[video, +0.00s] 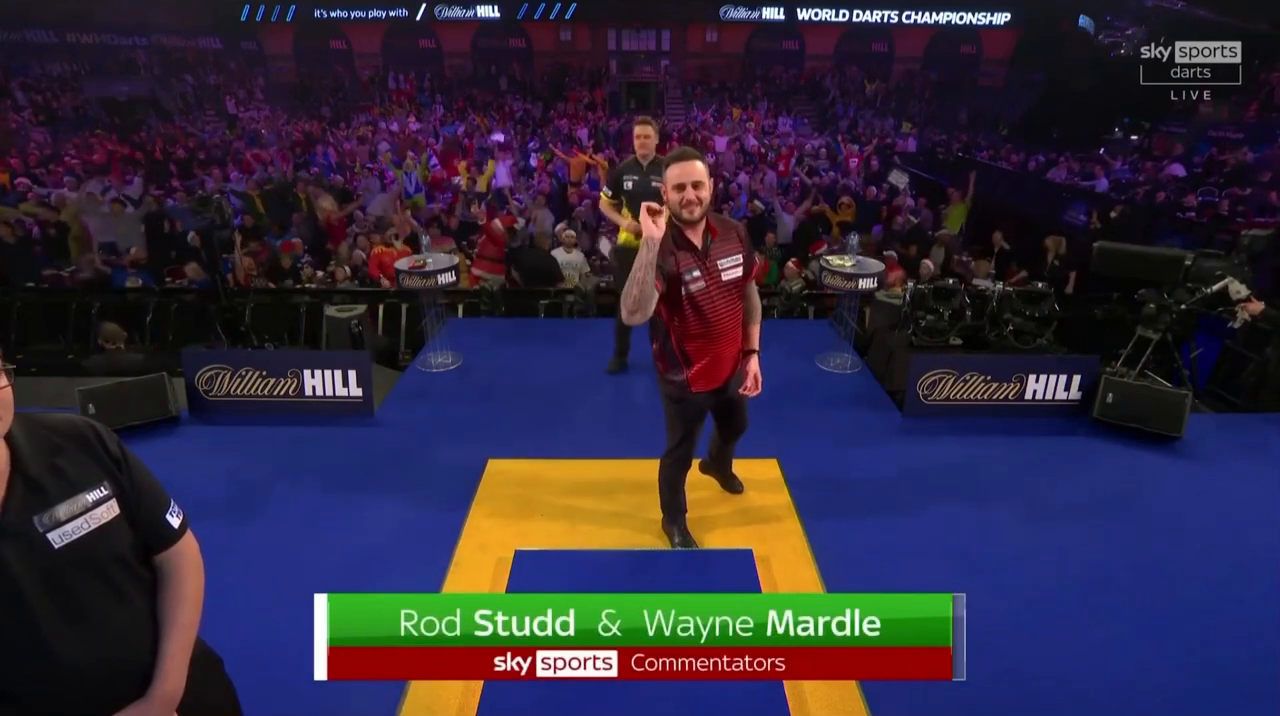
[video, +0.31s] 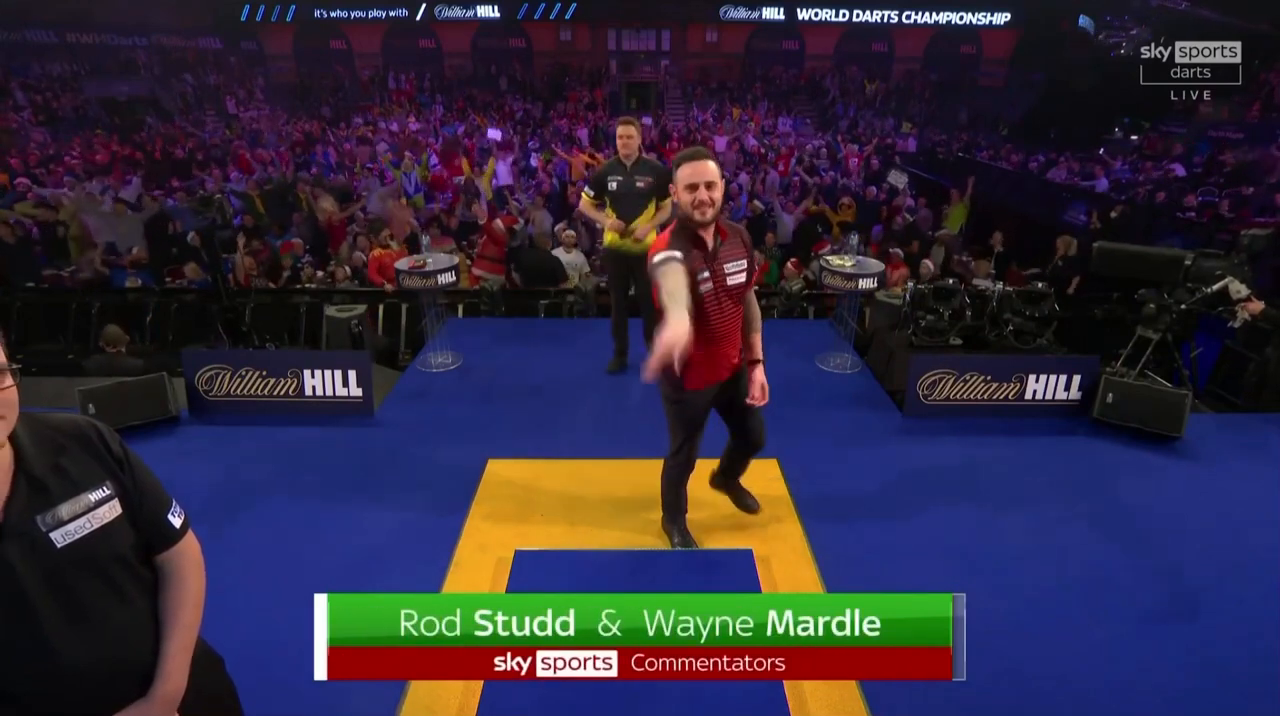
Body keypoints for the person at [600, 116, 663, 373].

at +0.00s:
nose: (642, 142)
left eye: (647, 137)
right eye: (638, 137)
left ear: (657, 139)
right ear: (632, 140)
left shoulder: (669, 169)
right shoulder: (621, 171)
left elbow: (681, 201)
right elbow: (604, 203)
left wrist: (663, 219)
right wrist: (624, 222)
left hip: (661, 244)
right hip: (628, 244)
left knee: (660, 299)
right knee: (624, 300)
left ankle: (662, 356)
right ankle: (620, 357)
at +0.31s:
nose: (624, 142)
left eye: (629, 137)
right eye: (620, 137)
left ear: (639, 140)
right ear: (615, 140)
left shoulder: (657, 172)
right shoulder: (605, 172)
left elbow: (668, 206)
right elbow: (585, 204)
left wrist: (649, 225)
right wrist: (605, 220)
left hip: (645, 248)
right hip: (615, 249)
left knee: (648, 305)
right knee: (618, 305)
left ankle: (654, 354)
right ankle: (619, 355)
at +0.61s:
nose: (621, 143)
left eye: (626, 138)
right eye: (617, 138)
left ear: (635, 140)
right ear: (611, 141)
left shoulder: (653, 171)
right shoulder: (602, 172)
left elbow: (669, 204)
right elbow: (577, 203)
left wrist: (648, 225)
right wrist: (602, 223)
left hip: (642, 250)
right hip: (613, 251)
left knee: (642, 307)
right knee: (617, 307)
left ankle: (645, 357)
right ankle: (619, 355)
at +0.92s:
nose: (622, 143)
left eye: (627, 138)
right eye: (618, 138)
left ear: (636, 140)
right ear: (611, 141)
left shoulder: (653, 172)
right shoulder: (601, 173)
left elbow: (666, 205)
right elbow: (582, 206)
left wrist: (647, 225)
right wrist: (602, 223)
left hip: (641, 250)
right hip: (612, 250)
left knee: (640, 306)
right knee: (617, 306)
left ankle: (645, 358)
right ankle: (619, 355)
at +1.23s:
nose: (619, 147)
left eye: (624, 142)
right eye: (614, 142)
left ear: (632, 143)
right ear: (608, 145)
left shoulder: (649, 173)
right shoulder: (598, 174)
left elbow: (661, 207)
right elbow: (581, 208)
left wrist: (644, 225)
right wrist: (598, 224)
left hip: (638, 251)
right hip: (609, 252)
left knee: (640, 306)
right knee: (615, 307)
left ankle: (642, 354)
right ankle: (619, 354)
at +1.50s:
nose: (619, 152)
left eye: (624, 147)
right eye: (615, 147)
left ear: (632, 148)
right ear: (607, 149)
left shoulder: (648, 176)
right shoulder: (597, 178)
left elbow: (660, 210)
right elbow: (579, 212)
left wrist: (644, 230)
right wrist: (597, 230)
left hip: (637, 253)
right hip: (608, 254)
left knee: (636, 308)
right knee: (614, 308)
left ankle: (632, 357)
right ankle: (619, 354)